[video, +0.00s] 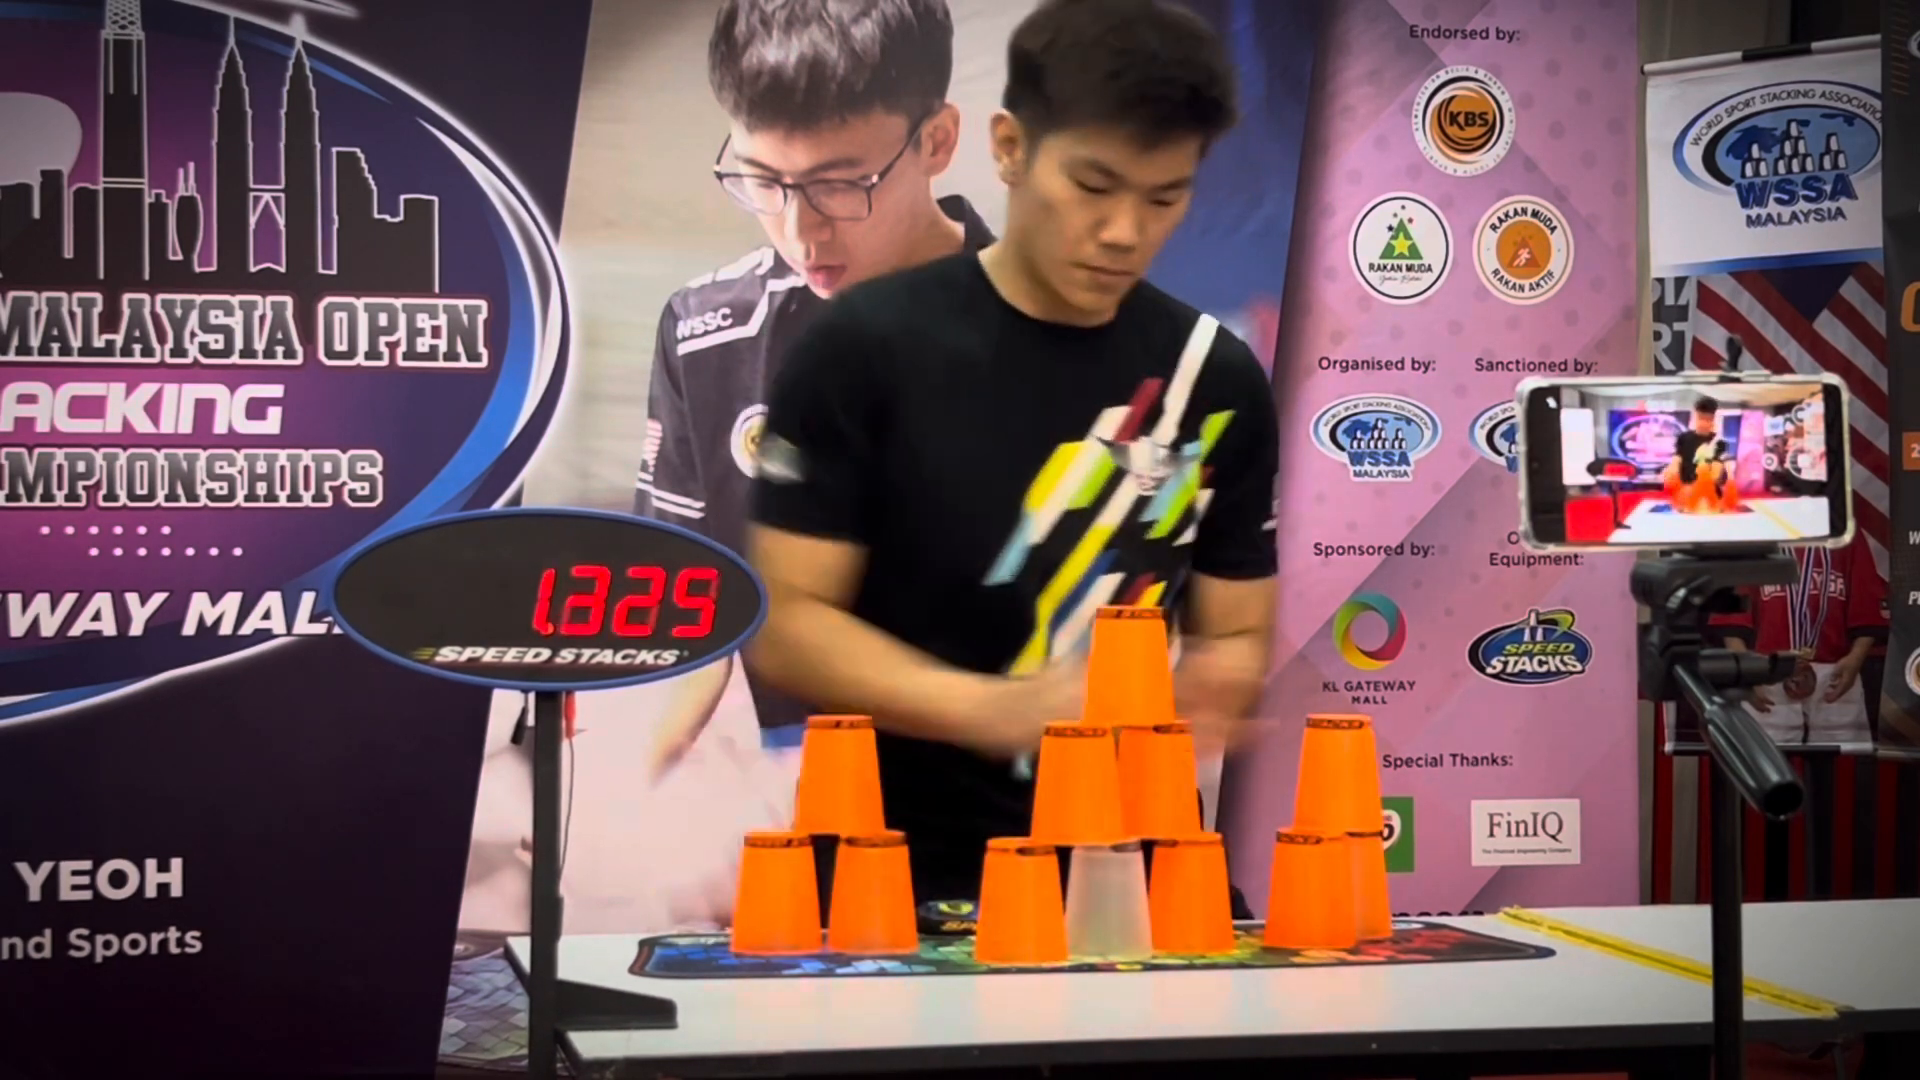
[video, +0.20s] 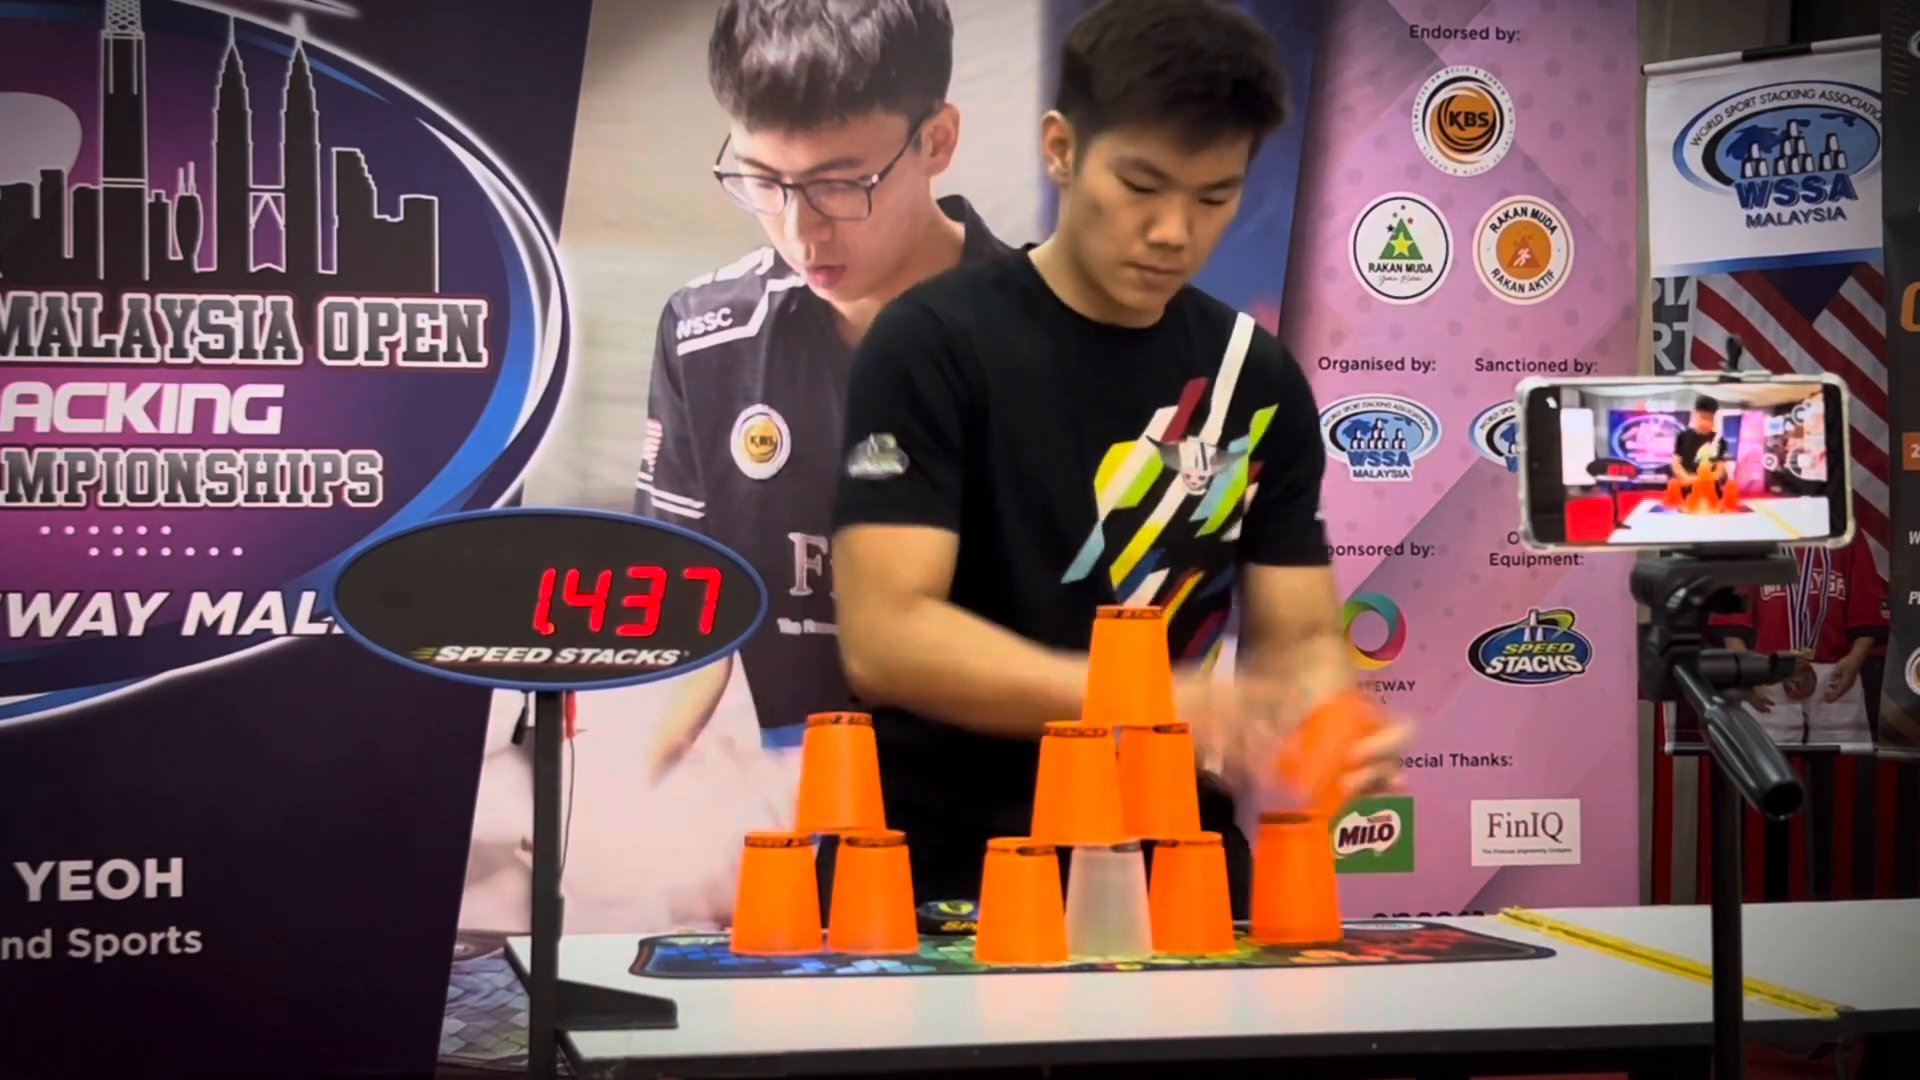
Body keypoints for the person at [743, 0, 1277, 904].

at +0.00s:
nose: (1124, 233)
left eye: (1163, 198)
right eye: (1093, 183)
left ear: (1194, 181)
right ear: (1008, 149)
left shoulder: (1218, 383)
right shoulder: (859, 347)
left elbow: (1236, 644)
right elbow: (784, 626)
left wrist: (1147, 710)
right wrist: (994, 709)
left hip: (1121, 887)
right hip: (895, 879)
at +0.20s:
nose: (1173, 232)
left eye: (1213, 196)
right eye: (1140, 183)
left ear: (1243, 182)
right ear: (1059, 151)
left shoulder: (1257, 378)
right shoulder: (932, 342)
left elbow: (1300, 637)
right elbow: (884, 639)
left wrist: (1326, 726)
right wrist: (1151, 701)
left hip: (1168, 875)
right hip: (953, 873)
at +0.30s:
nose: (1160, 225)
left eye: (1203, 189)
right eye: (1127, 174)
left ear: (1236, 176)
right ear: (1053, 139)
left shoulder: (1261, 375)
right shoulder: (918, 338)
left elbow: (1277, 627)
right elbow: (887, 630)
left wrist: (1263, 698)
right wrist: (1038, 686)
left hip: (1168, 877)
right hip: (946, 872)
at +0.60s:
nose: (1073, 209)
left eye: (1120, 174)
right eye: (1043, 158)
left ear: (1174, 158)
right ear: (988, 120)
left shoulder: (1222, 366)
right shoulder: (846, 334)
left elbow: (1242, 645)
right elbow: (784, 612)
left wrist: (1169, 797)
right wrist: (927, 734)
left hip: (1113, 882)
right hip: (882, 871)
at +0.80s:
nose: (997, 205)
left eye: (1041, 164)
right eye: (960, 157)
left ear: (1097, 140)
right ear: (908, 123)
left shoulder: (1192, 335)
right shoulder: (809, 367)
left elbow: (1260, 590)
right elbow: (774, 647)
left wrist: (1148, 759)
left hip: (1143, 877)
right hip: (896, 876)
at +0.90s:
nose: (951, 254)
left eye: (990, 210)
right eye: (912, 212)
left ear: (1041, 181)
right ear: (856, 188)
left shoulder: (1163, 361)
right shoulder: (787, 427)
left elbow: (1239, 620)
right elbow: (780, 726)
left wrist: (1133, 859)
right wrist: (810, 948)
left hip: (1130, 905)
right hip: (904, 916)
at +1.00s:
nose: (939, 321)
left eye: (973, 272)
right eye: (894, 283)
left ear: (1013, 225)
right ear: (823, 260)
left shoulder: (1144, 378)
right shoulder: (774, 474)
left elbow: (1199, 666)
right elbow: (852, 778)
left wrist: (1177, 930)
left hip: (1117, 921)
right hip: (915, 933)